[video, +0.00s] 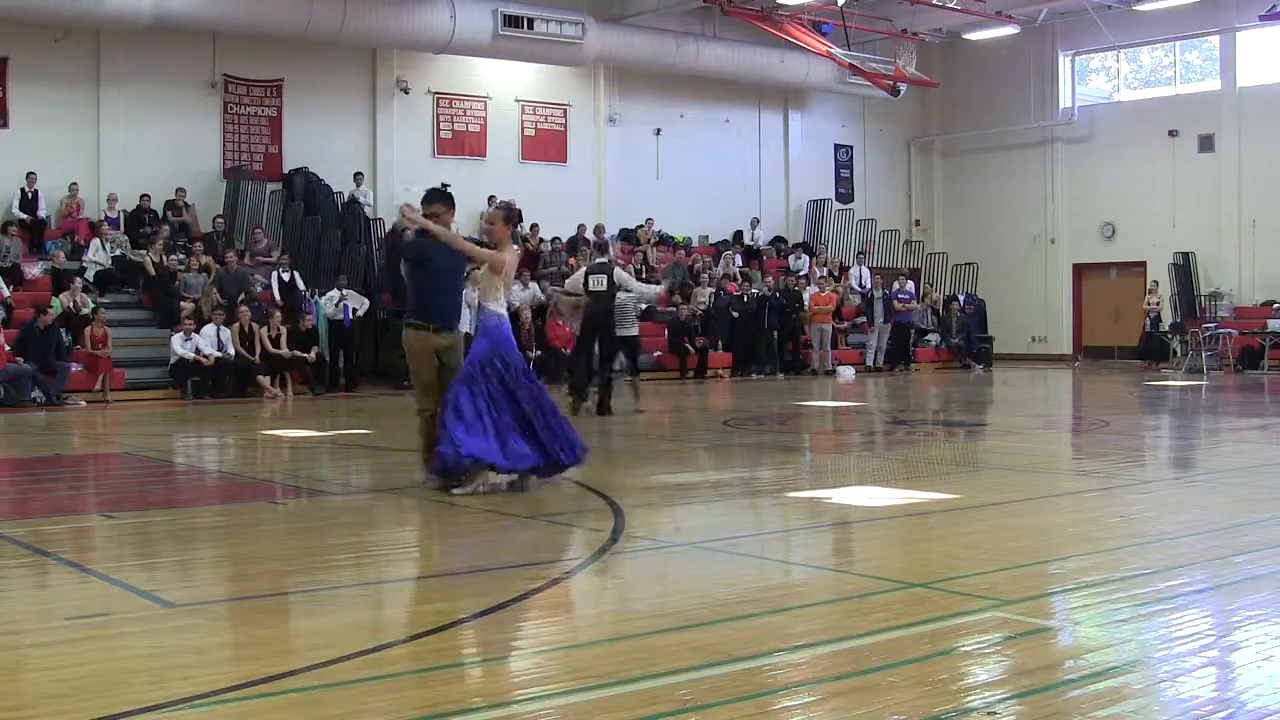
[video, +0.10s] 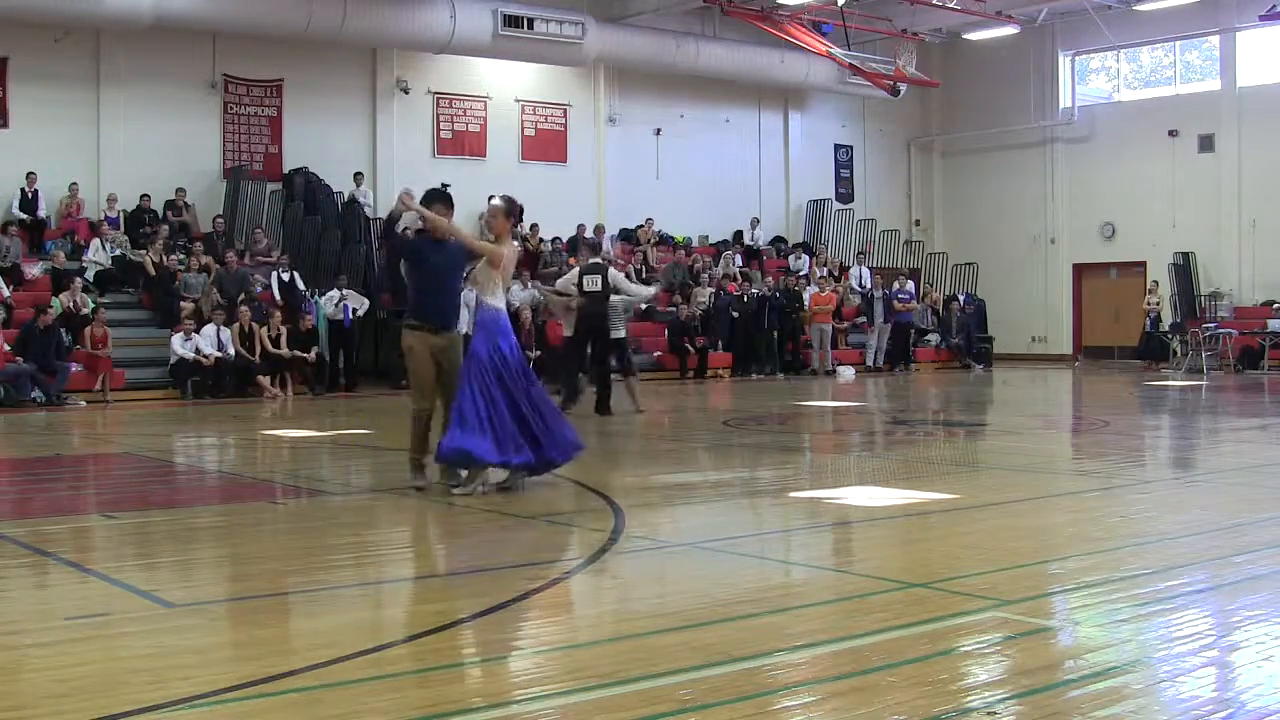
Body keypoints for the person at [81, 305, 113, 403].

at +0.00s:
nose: (105, 316)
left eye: (105, 313)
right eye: (102, 313)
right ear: (95, 315)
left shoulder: (107, 330)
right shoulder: (88, 330)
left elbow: (109, 348)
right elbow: (88, 349)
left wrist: (102, 352)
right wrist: (99, 352)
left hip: (103, 355)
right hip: (92, 356)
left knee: (104, 361)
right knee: (106, 366)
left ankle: (99, 382)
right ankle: (107, 394)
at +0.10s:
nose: (105, 316)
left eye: (105, 313)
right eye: (102, 313)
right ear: (95, 315)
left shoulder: (107, 330)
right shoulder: (88, 330)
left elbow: (109, 348)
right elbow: (88, 349)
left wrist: (102, 352)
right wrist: (99, 352)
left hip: (103, 355)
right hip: (92, 356)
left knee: (104, 361)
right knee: (106, 366)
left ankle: (99, 382)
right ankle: (107, 394)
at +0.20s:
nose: (105, 316)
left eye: (105, 313)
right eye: (102, 313)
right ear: (95, 315)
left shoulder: (107, 330)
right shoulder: (88, 330)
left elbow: (109, 348)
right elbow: (88, 349)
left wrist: (103, 352)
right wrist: (99, 352)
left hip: (103, 355)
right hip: (92, 356)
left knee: (104, 361)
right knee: (106, 366)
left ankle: (99, 382)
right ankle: (107, 394)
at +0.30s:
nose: (104, 316)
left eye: (105, 313)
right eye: (101, 313)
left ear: (105, 315)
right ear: (95, 315)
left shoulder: (107, 330)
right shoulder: (88, 330)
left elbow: (109, 347)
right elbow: (88, 349)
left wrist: (105, 351)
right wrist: (99, 352)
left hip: (103, 354)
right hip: (93, 355)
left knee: (104, 361)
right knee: (106, 365)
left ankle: (98, 381)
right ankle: (107, 393)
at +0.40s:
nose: (104, 316)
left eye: (105, 313)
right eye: (101, 313)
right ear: (95, 315)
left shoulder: (107, 330)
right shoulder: (88, 330)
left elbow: (109, 347)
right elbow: (88, 349)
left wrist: (105, 351)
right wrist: (99, 352)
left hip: (103, 354)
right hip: (92, 355)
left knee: (104, 361)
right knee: (106, 365)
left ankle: (99, 381)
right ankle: (107, 393)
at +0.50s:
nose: (104, 316)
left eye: (105, 313)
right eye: (101, 313)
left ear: (105, 315)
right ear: (95, 315)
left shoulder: (107, 330)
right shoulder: (88, 330)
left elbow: (109, 347)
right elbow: (88, 349)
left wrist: (105, 351)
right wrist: (99, 352)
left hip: (103, 354)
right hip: (92, 355)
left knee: (104, 361)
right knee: (106, 365)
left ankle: (99, 381)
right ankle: (107, 393)